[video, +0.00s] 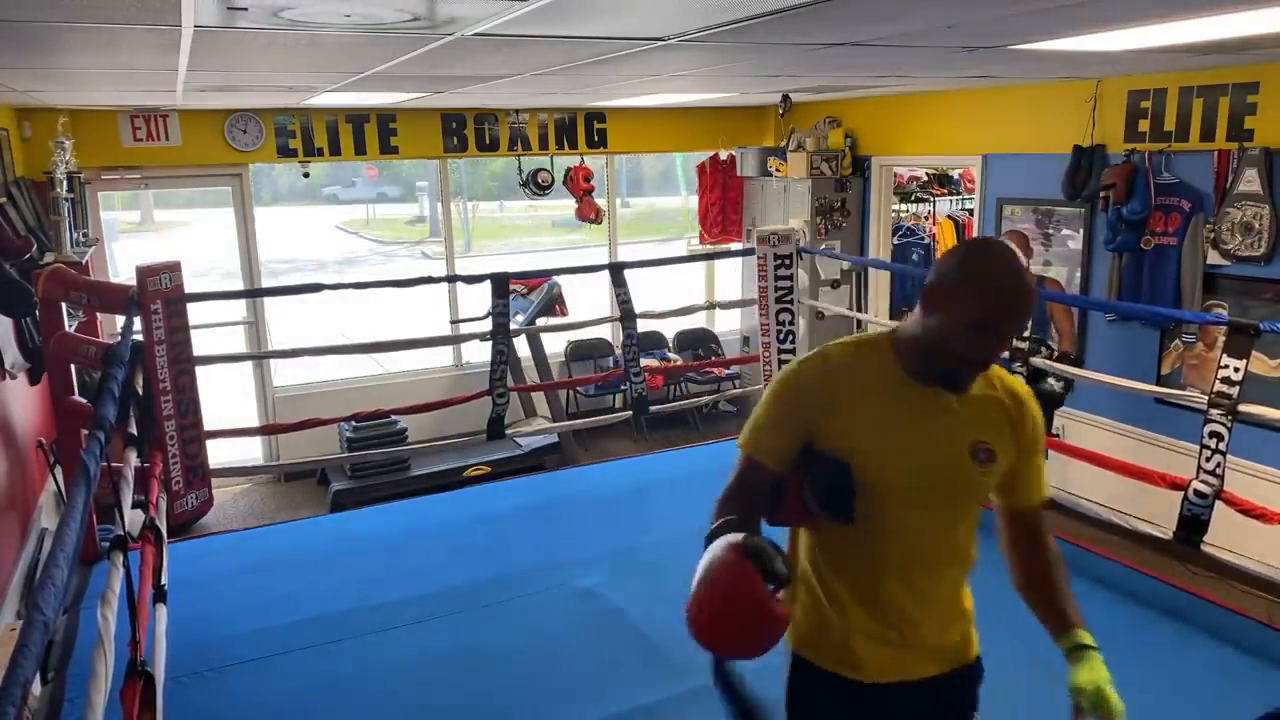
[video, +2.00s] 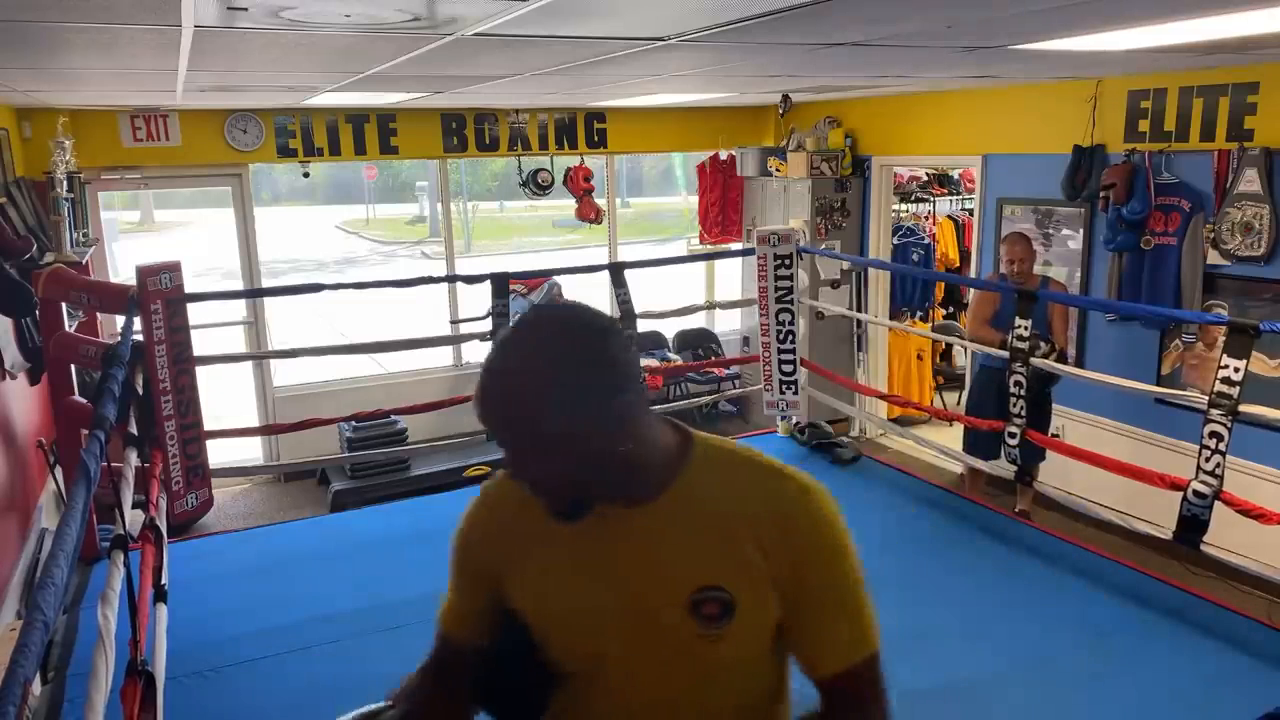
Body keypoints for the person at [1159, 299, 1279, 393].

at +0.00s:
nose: (1219, 326)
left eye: (1222, 322)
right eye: (1214, 320)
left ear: (1225, 327)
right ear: (1201, 324)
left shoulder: (1233, 350)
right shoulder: (1189, 348)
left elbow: (1271, 368)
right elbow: (1163, 369)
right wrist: (1179, 346)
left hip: (1218, 407)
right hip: (1188, 404)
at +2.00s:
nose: (1220, 327)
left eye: (1223, 323)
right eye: (1214, 321)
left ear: (1226, 328)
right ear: (1201, 326)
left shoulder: (1231, 350)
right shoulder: (1189, 349)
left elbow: (1271, 368)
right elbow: (1162, 370)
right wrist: (1178, 347)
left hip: (1218, 406)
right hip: (1189, 402)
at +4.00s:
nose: (1220, 327)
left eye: (1224, 323)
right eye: (1215, 322)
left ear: (1226, 327)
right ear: (1201, 325)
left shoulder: (1231, 349)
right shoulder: (1189, 348)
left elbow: (1270, 368)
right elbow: (1162, 369)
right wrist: (1179, 348)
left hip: (1218, 405)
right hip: (1189, 401)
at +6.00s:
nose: (1220, 327)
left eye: (1223, 323)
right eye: (1215, 322)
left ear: (1226, 327)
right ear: (1201, 325)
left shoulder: (1231, 349)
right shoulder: (1189, 349)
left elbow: (1270, 368)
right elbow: (1162, 369)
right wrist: (1180, 351)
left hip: (1218, 405)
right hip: (1189, 400)